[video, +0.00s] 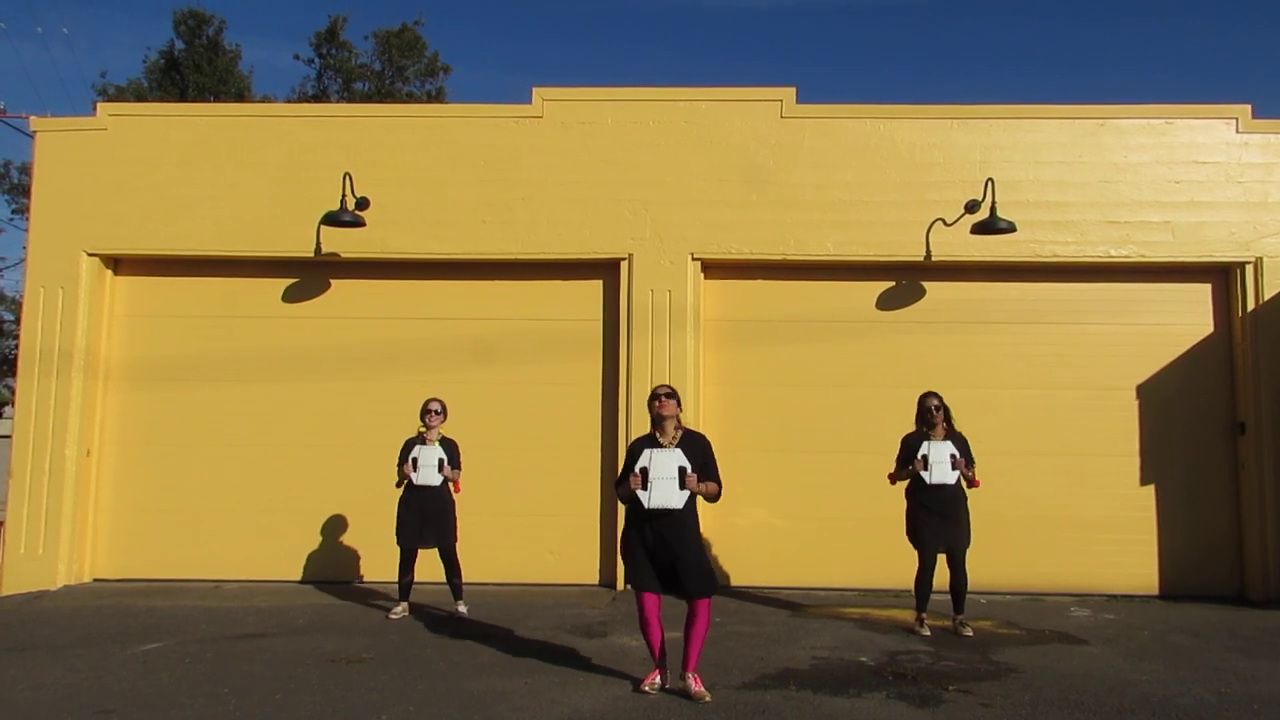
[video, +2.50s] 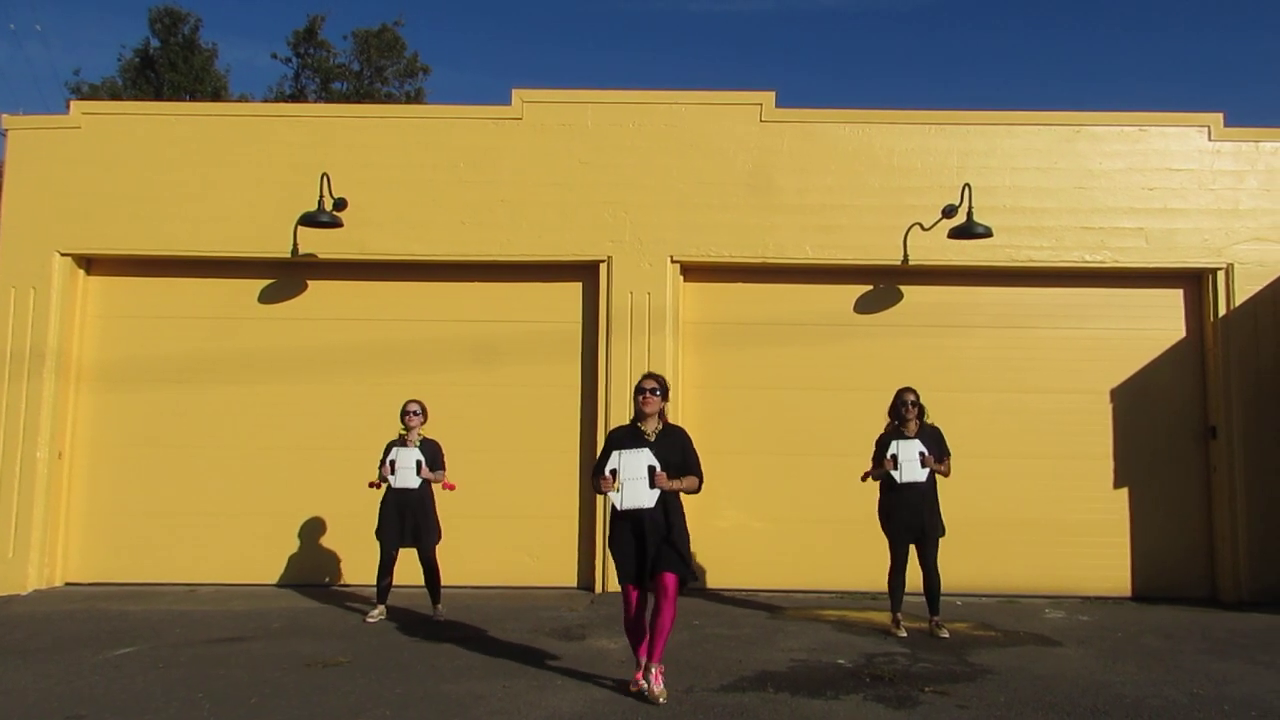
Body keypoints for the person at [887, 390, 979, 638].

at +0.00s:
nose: (934, 413)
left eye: (937, 408)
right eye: (928, 410)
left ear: (944, 410)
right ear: (921, 413)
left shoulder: (958, 440)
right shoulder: (912, 441)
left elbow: (971, 480)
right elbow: (895, 476)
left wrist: (963, 469)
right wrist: (912, 470)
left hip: (954, 511)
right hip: (924, 511)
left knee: (957, 564)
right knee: (927, 563)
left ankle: (959, 618)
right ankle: (921, 618)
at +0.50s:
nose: (934, 413)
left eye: (938, 409)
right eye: (928, 409)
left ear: (943, 413)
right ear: (919, 413)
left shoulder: (954, 439)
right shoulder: (909, 447)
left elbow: (973, 470)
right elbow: (897, 485)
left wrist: (961, 475)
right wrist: (910, 485)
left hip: (953, 517)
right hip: (923, 518)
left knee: (955, 570)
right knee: (925, 568)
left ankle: (957, 621)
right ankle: (918, 620)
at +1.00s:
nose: (937, 412)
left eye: (940, 408)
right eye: (931, 409)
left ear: (946, 412)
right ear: (922, 414)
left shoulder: (951, 445)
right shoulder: (908, 441)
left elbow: (963, 486)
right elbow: (890, 472)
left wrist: (959, 474)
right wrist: (908, 474)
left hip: (951, 514)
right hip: (922, 514)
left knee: (954, 568)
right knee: (929, 568)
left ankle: (957, 621)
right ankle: (919, 620)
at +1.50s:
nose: (926, 407)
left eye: (929, 403)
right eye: (920, 404)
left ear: (935, 408)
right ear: (912, 409)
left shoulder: (946, 437)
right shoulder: (901, 438)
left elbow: (957, 474)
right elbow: (887, 475)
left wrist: (953, 469)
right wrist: (903, 469)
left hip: (944, 511)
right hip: (915, 512)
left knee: (947, 566)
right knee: (918, 565)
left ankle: (949, 620)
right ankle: (910, 619)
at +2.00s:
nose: (915, 410)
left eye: (920, 406)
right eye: (910, 407)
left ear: (925, 409)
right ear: (902, 411)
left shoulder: (939, 437)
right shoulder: (895, 443)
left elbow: (956, 471)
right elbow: (880, 479)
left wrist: (944, 468)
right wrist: (895, 473)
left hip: (933, 514)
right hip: (903, 515)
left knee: (936, 567)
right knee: (905, 566)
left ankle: (941, 620)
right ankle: (902, 619)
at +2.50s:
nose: (909, 408)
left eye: (913, 404)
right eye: (903, 404)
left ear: (919, 407)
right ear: (896, 408)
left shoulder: (932, 434)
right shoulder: (886, 439)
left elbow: (946, 471)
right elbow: (874, 475)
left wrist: (933, 465)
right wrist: (885, 469)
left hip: (926, 511)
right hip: (896, 512)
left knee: (930, 565)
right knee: (898, 563)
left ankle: (935, 619)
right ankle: (896, 618)